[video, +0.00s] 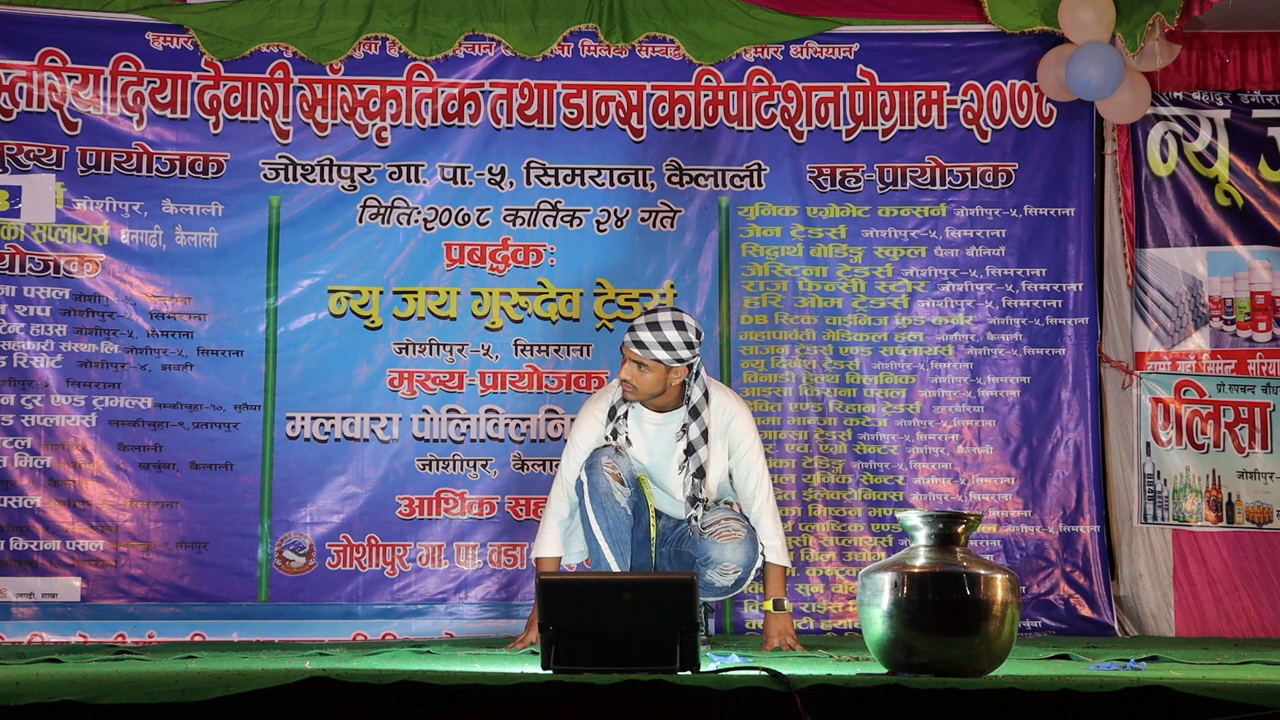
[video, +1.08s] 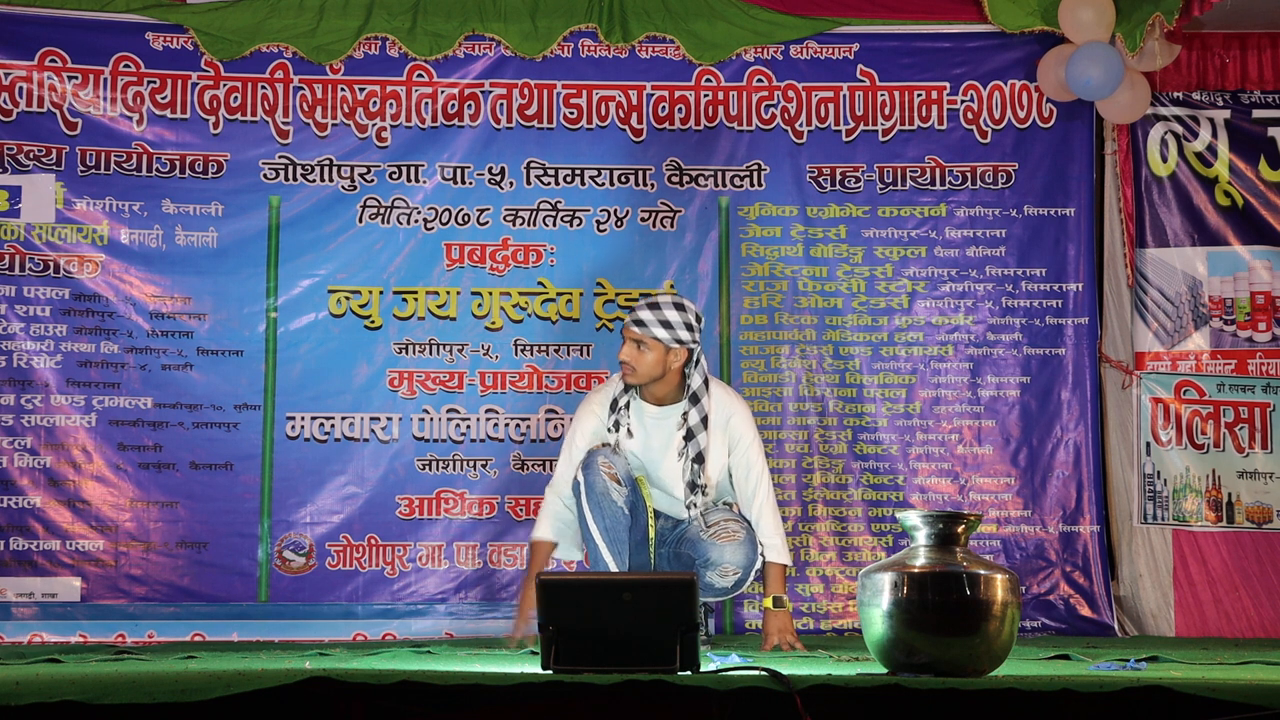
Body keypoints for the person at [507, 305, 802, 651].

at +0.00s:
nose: (623, 374)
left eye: (639, 367)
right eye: (624, 360)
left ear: (678, 373)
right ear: (622, 355)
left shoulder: (728, 414)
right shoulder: (600, 411)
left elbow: (763, 508)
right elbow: (559, 506)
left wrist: (777, 609)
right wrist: (541, 608)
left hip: (693, 541)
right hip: (630, 532)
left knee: (733, 545)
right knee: (604, 462)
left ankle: (690, 610)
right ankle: (618, 606)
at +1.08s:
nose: (623, 355)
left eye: (640, 346)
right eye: (624, 341)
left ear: (676, 357)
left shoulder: (726, 410)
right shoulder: (602, 404)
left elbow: (761, 503)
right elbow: (560, 495)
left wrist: (776, 604)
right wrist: (530, 590)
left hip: (693, 542)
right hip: (630, 532)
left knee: (734, 545)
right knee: (599, 461)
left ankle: (688, 613)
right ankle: (621, 605)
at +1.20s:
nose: (625, 350)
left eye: (641, 340)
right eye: (627, 336)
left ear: (679, 351)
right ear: (625, 336)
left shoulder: (728, 408)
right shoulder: (603, 402)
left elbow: (761, 502)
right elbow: (562, 498)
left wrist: (776, 602)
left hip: (695, 541)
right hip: (629, 534)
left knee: (731, 539)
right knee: (601, 462)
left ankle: (691, 614)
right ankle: (618, 605)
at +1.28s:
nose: (627, 347)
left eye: (642, 338)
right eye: (627, 334)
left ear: (680, 350)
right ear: (625, 336)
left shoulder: (728, 409)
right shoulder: (603, 401)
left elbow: (761, 505)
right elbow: (558, 497)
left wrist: (777, 605)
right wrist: (480, 503)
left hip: (693, 536)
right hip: (633, 532)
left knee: (734, 542)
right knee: (604, 461)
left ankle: (681, 614)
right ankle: (623, 607)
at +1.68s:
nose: (630, 346)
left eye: (647, 338)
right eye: (631, 333)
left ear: (684, 351)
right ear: (628, 334)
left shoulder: (727, 411)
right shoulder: (603, 399)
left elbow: (762, 505)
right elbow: (559, 492)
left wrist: (778, 607)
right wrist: (497, 472)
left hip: (695, 534)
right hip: (634, 530)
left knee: (736, 555)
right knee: (605, 463)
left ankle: (679, 611)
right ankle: (627, 607)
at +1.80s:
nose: (628, 348)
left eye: (645, 340)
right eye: (629, 336)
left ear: (681, 353)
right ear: (625, 335)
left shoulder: (727, 410)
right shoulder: (604, 400)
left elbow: (762, 503)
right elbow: (559, 473)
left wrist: (778, 604)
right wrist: (535, 490)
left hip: (697, 537)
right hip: (634, 529)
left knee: (736, 550)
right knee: (601, 461)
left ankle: (684, 610)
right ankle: (619, 603)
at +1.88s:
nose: (629, 352)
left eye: (646, 344)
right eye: (629, 339)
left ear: (683, 355)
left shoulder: (728, 410)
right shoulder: (603, 402)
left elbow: (763, 504)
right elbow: (547, 496)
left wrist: (778, 604)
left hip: (695, 541)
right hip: (632, 535)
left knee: (735, 549)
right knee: (603, 462)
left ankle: (683, 609)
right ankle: (617, 602)